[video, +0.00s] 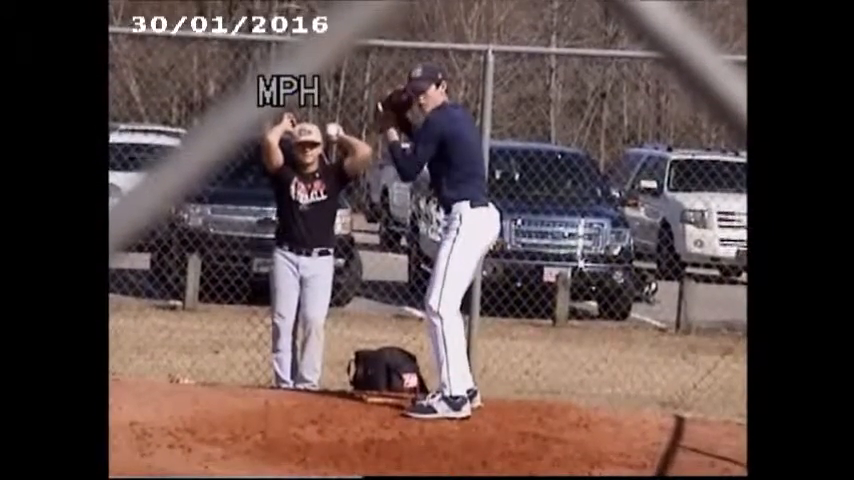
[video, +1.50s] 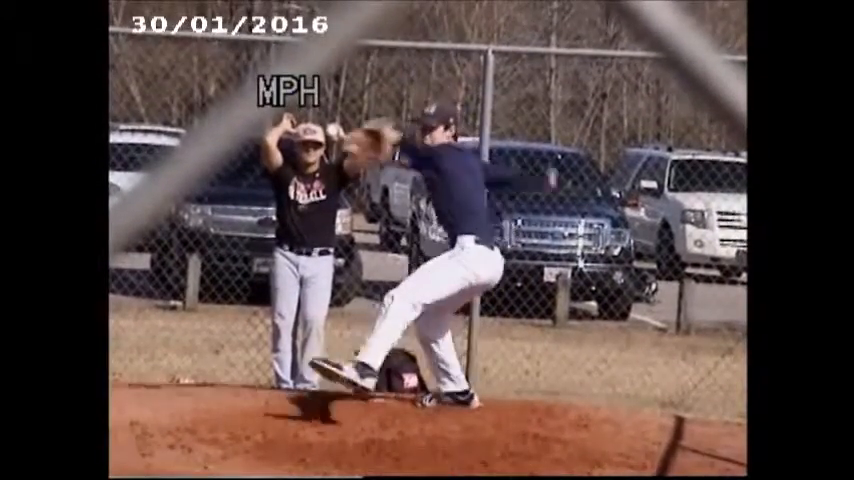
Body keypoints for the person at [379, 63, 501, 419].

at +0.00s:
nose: (417, 101)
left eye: (421, 93)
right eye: (415, 95)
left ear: (440, 88)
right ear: (435, 92)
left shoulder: (438, 121)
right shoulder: (457, 115)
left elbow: (409, 170)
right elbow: (419, 158)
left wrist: (391, 134)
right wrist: (403, 125)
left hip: (467, 217)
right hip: (477, 214)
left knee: (440, 305)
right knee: (443, 305)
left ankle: (455, 393)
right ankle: (461, 387)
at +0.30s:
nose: (421, 95)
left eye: (426, 89)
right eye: (419, 90)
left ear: (446, 87)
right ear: (438, 91)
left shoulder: (440, 120)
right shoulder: (459, 116)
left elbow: (409, 168)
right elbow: (419, 159)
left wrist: (393, 133)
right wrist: (403, 127)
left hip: (470, 216)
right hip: (481, 214)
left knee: (443, 307)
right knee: (449, 306)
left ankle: (456, 394)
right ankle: (462, 388)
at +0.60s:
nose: (422, 101)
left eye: (428, 94)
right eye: (419, 95)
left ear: (447, 91)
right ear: (427, 95)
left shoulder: (440, 122)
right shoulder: (459, 118)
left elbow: (407, 170)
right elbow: (422, 157)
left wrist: (390, 138)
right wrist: (403, 127)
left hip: (471, 218)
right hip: (481, 216)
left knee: (444, 307)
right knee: (444, 307)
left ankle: (456, 395)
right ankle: (461, 389)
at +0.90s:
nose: (428, 107)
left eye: (429, 101)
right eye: (425, 102)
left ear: (446, 91)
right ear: (450, 91)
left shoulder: (441, 124)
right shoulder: (474, 112)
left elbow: (399, 159)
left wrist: (397, 120)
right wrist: (417, 96)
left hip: (474, 214)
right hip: (497, 216)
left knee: (412, 274)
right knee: (449, 293)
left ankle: (444, 355)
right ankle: (461, 383)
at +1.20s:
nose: (423, 111)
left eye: (428, 104)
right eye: (420, 105)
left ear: (446, 101)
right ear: (448, 104)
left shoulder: (439, 129)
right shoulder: (470, 126)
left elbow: (396, 171)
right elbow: (454, 183)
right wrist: (429, 185)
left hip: (478, 220)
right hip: (505, 226)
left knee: (397, 241)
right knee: (458, 302)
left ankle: (395, 329)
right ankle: (460, 388)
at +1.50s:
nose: (424, 134)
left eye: (431, 129)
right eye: (424, 129)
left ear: (450, 130)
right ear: (450, 132)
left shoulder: (438, 156)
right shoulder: (474, 160)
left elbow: (396, 147)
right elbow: (496, 172)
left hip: (471, 255)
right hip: (490, 260)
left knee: (402, 298)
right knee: (430, 323)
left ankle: (365, 369)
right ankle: (457, 390)